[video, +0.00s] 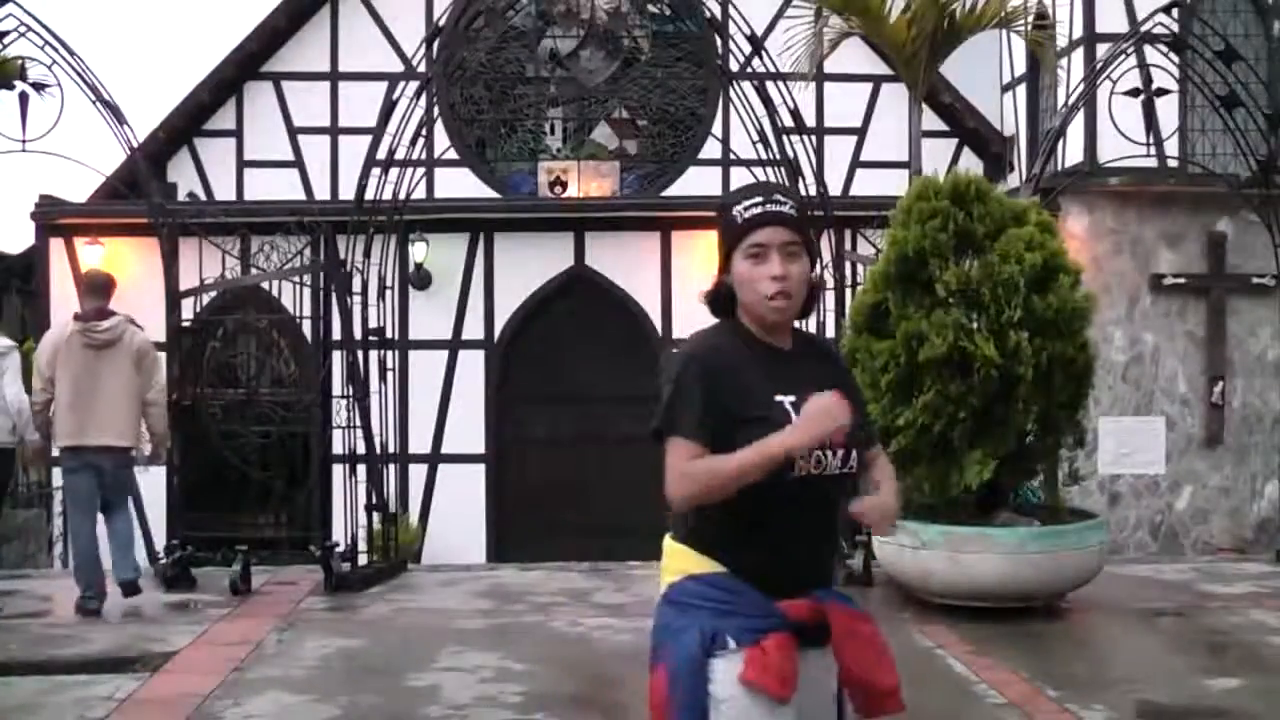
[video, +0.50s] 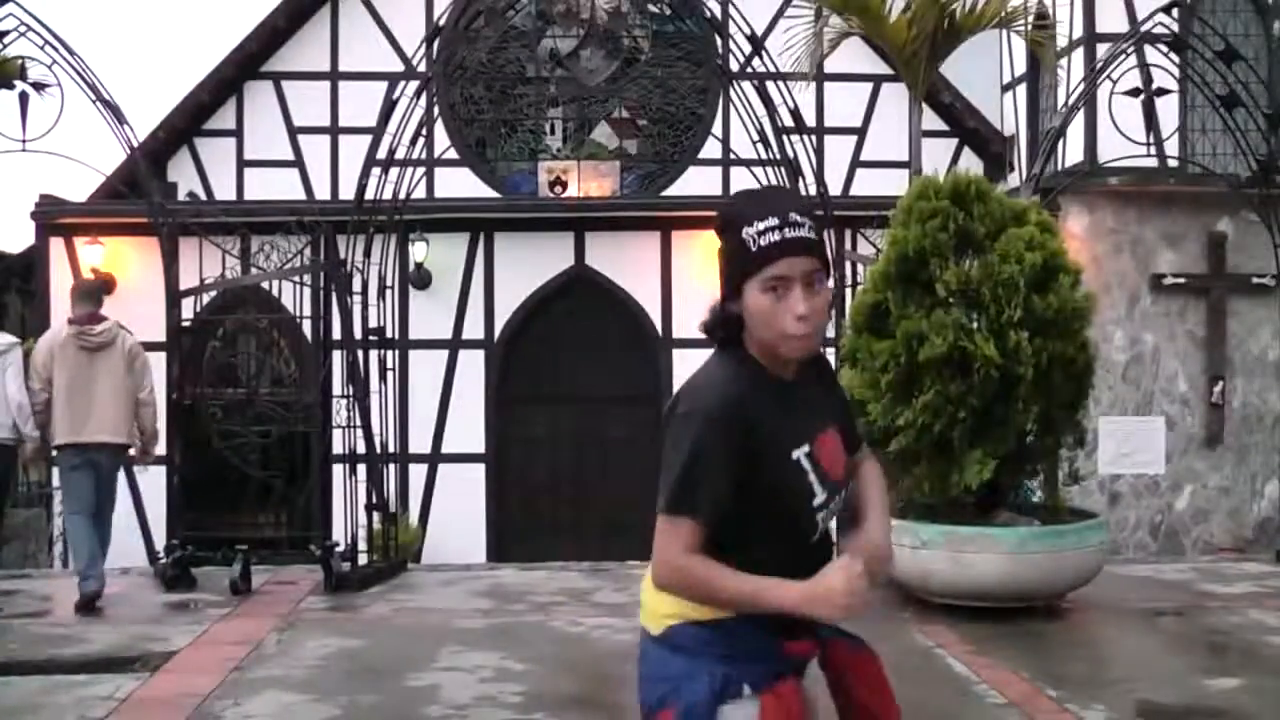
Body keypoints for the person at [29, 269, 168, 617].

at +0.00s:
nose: (90, 301)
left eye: (86, 293)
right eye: (102, 294)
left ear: (80, 294)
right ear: (111, 295)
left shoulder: (57, 338)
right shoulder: (136, 339)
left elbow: (40, 397)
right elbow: (154, 396)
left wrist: (44, 434)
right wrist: (159, 443)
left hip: (74, 442)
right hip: (117, 442)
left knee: (81, 519)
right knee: (118, 508)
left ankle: (90, 596)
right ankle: (127, 574)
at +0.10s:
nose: (88, 301)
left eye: (82, 293)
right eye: (103, 295)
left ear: (78, 294)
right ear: (110, 296)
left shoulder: (53, 339)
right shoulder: (133, 339)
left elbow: (39, 396)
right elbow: (149, 395)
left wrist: (43, 437)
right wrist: (156, 440)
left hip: (74, 441)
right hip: (116, 441)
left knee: (80, 520)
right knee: (112, 512)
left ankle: (90, 596)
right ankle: (120, 586)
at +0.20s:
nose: (76, 302)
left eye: (77, 296)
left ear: (76, 295)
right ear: (106, 297)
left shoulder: (52, 339)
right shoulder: (130, 340)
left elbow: (39, 395)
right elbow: (148, 395)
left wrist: (43, 439)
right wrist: (151, 443)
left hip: (72, 438)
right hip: (113, 438)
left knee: (80, 514)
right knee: (108, 511)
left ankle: (90, 593)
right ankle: (101, 581)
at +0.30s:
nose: (78, 304)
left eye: (76, 297)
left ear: (74, 297)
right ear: (106, 299)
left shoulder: (51, 340)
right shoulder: (129, 341)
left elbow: (40, 396)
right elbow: (147, 397)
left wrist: (43, 440)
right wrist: (150, 444)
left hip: (71, 439)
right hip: (113, 439)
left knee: (80, 514)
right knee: (105, 513)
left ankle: (91, 594)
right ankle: (94, 583)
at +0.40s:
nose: (76, 305)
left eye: (75, 299)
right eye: (87, 301)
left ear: (74, 299)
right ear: (104, 301)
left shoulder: (51, 341)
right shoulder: (128, 341)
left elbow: (40, 396)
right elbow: (146, 396)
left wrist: (43, 438)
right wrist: (149, 442)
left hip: (71, 439)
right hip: (113, 438)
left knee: (79, 513)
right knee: (103, 514)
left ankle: (91, 593)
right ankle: (92, 583)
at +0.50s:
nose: (78, 310)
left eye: (75, 304)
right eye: (88, 305)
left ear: (72, 303)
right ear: (102, 304)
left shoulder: (51, 342)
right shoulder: (126, 342)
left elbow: (39, 398)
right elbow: (145, 396)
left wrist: (41, 436)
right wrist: (148, 444)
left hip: (71, 438)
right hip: (111, 438)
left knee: (77, 512)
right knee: (102, 514)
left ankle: (89, 584)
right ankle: (91, 583)